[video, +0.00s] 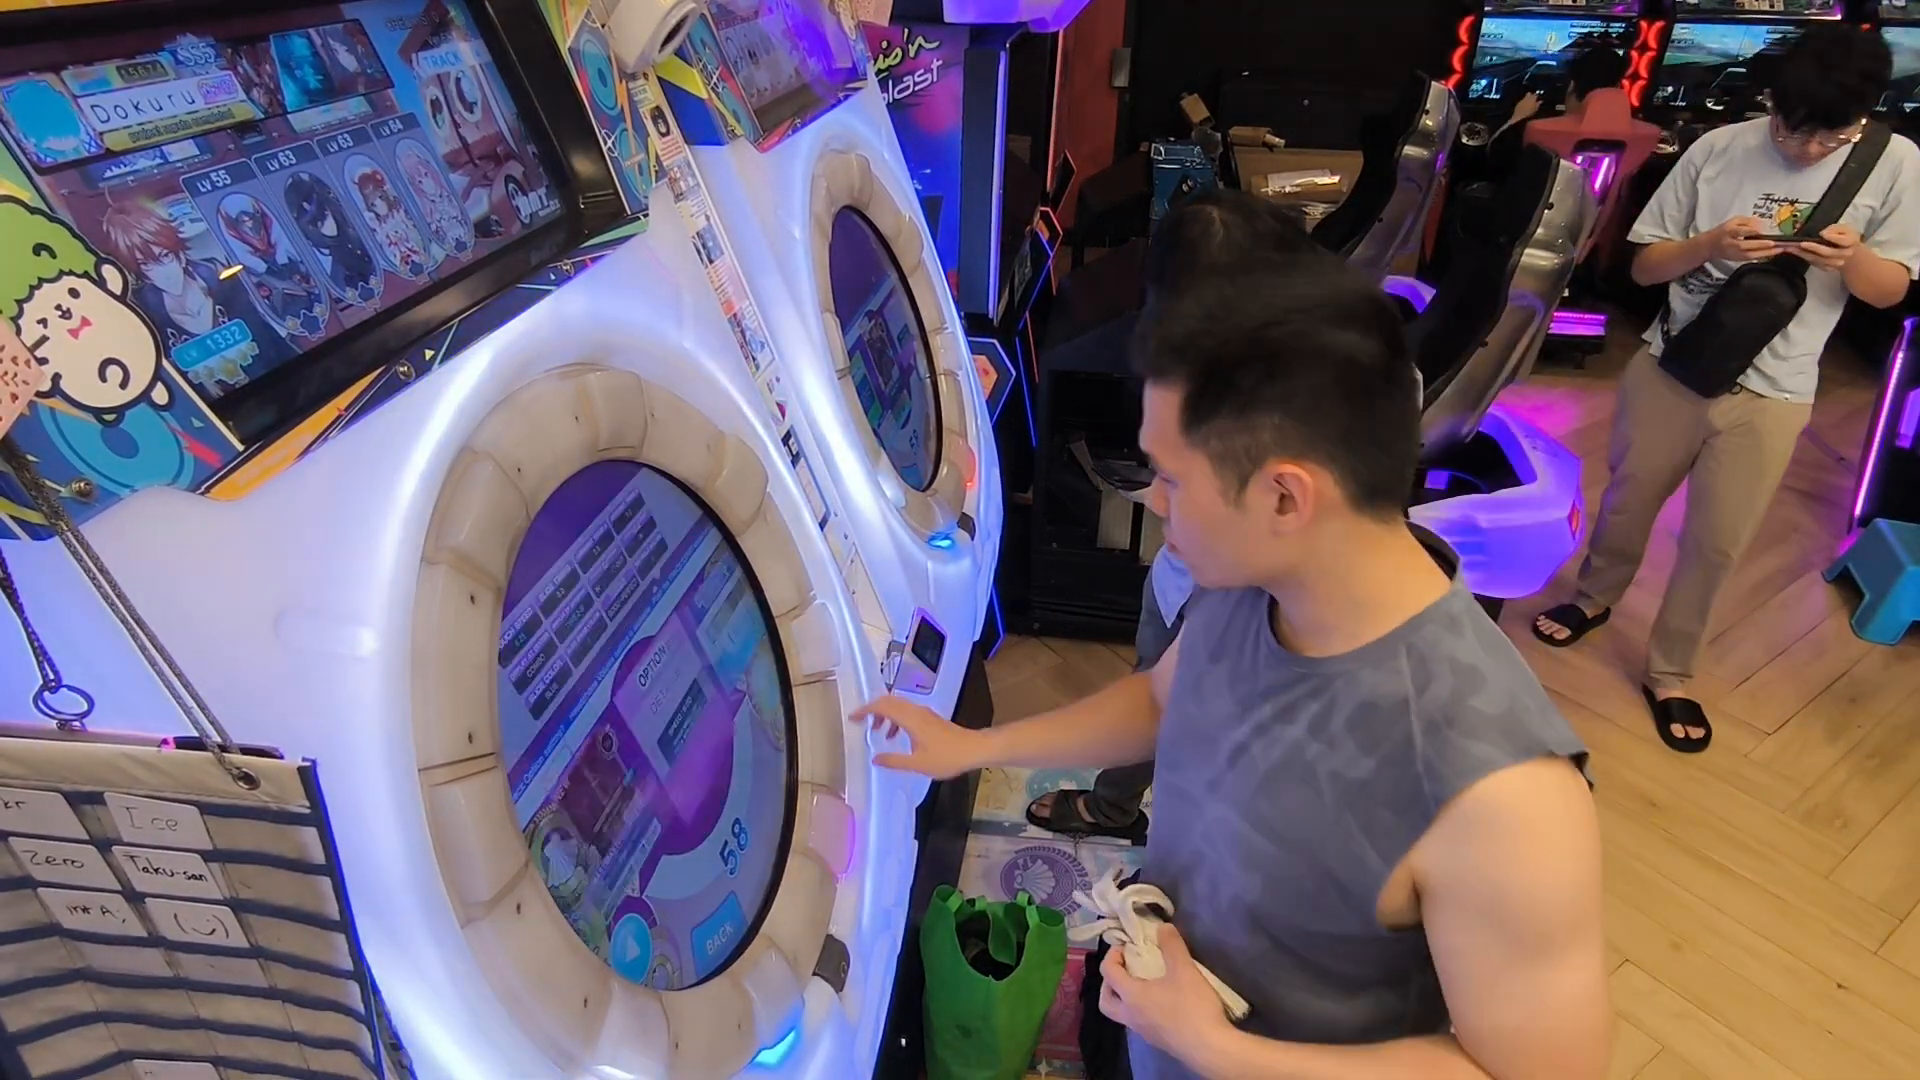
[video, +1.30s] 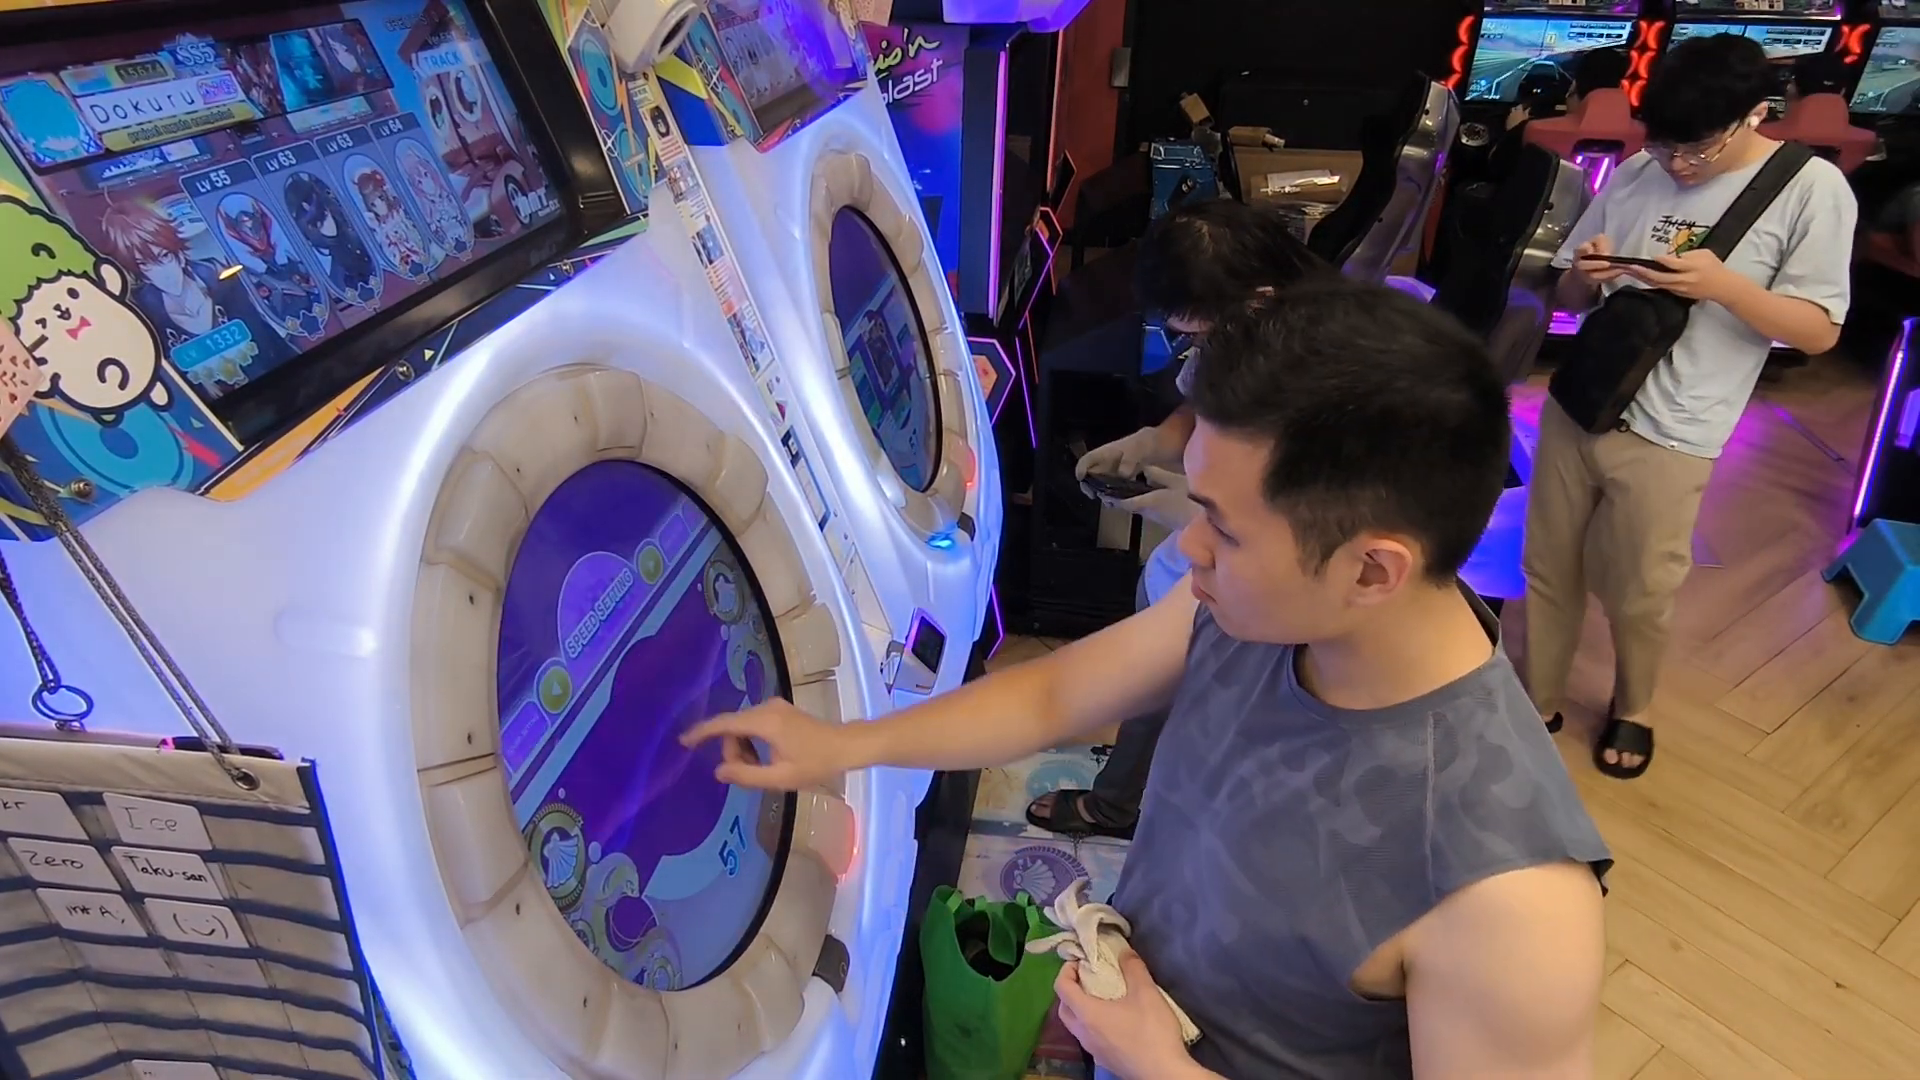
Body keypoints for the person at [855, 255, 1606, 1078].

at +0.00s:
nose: (1151, 503)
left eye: (1169, 479)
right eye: (1154, 472)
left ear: (1288, 500)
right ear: (1287, 502)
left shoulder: (1498, 785)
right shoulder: (1240, 595)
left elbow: (1523, 1065)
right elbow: (1156, 704)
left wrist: (1227, 1051)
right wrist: (978, 745)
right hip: (1134, 1032)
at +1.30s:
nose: (1182, 542)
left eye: (1218, 526)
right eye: (1195, 502)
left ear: (1371, 573)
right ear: (1362, 566)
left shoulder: (1509, 893)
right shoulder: (1254, 597)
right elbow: (1053, 697)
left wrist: (1168, 1064)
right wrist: (852, 745)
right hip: (1095, 994)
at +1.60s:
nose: (1204, 564)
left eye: (1248, 556)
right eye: (1220, 525)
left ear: (1413, 599)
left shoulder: (1540, 934)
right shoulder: (1247, 597)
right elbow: (1004, 677)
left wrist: (1191, 1073)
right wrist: (763, 716)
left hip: (1229, 1068)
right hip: (1104, 989)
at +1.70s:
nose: (1207, 573)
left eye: (1253, 565)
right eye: (1222, 530)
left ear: (1418, 604)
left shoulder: (1545, 935)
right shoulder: (1244, 595)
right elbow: (1002, 680)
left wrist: (1199, 1074)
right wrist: (766, 723)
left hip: (1241, 1070)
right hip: (1108, 1001)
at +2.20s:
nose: (1195, 562)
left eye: (1235, 550)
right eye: (1208, 521)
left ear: (1402, 592)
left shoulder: (1541, 928)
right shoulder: (1245, 606)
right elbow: (994, 682)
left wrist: (1204, 1077)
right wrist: (746, 727)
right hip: (1108, 996)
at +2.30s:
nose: (1193, 565)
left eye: (1232, 551)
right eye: (1206, 523)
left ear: (1400, 588)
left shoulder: (1538, 927)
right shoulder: (1244, 607)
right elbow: (997, 685)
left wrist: (1199, 1078)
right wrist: (756, 730)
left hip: (1252, 1067)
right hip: (1111, 1006)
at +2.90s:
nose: (1191, 544)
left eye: (1225, 529)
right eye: (1201, 506)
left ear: (1383, 574)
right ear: (1369, 567)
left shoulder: (1470, 905)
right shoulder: (1281, 596)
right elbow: (1057, 696)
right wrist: (857, 800)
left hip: (1181, 1073)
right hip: (1124, 994)